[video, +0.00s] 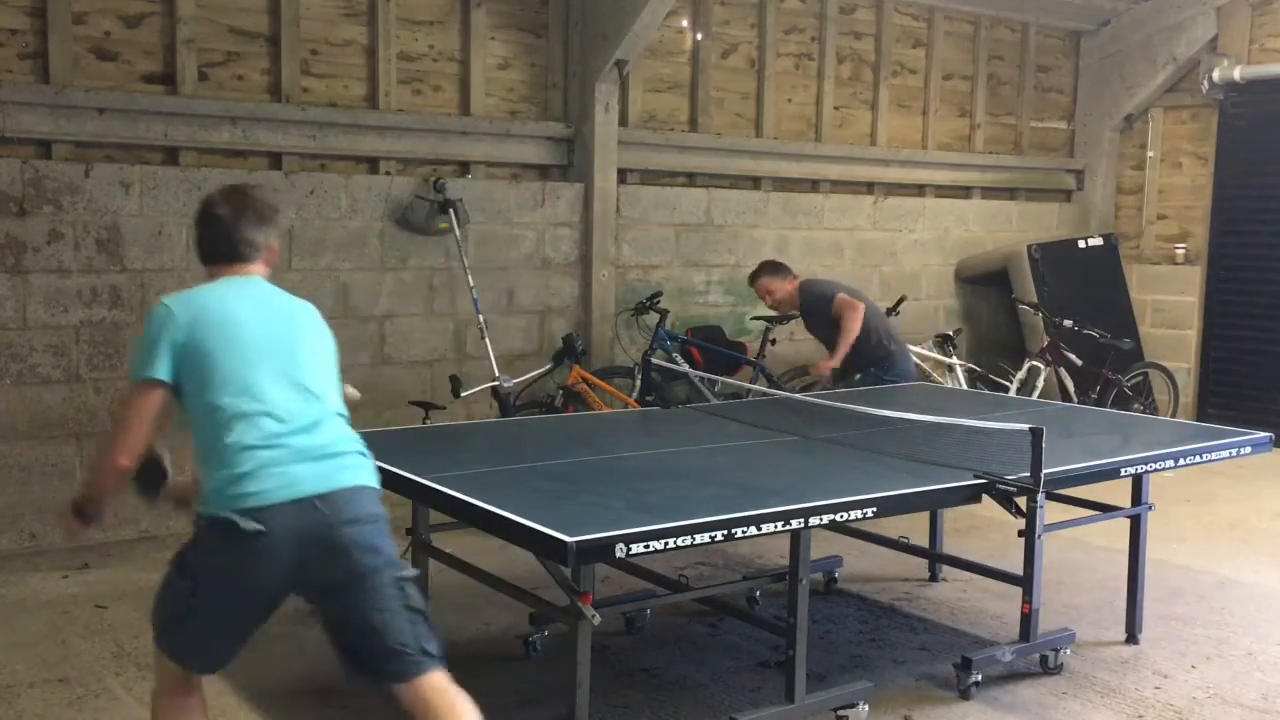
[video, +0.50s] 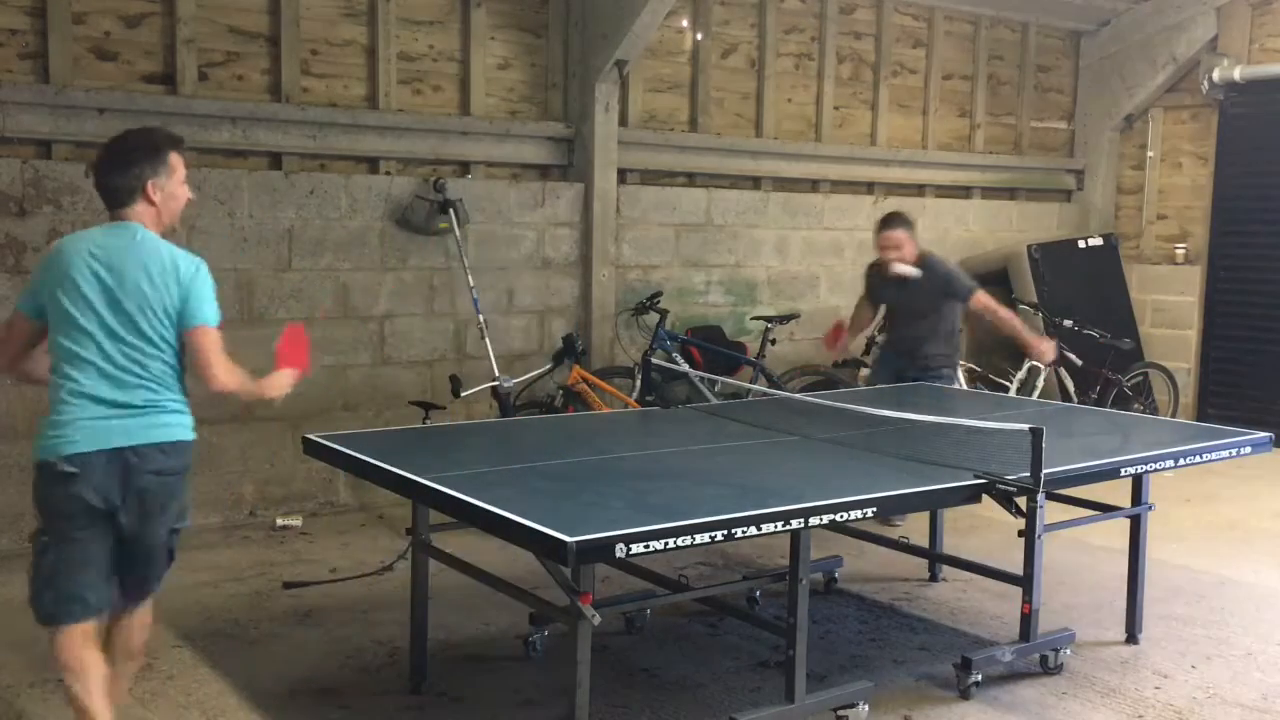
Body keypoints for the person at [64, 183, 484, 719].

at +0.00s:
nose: (276, 253)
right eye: (275, 244)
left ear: (202, 253)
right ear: (270, 252)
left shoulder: (178, 313)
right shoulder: (308, 315)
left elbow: (124, 458)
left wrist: (90, 504)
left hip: (251, 522)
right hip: (350, 507)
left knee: (179, 673)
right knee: (423, 678)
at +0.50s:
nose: (189, 193)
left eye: (186, 179)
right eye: (181, 180)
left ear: (120, 191)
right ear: (151, 190)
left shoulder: (63, 256)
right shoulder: (186, 268)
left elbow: (14, 359)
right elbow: (214, 375)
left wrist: (78, 370)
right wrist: (264, 387)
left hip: (72, 455)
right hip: (159, 451)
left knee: (72, 619)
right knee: (137, 598)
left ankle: (98, 712)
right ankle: (108, 706)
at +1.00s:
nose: (137, 190)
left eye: (133, 177)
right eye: (125, 179)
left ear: (90, 193)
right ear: (90, 192)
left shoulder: (72, 254)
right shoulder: (68, 263)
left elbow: (62, 359)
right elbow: (50, 367)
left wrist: (120, 397)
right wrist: (129, 400)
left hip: (53, 427)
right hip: (52, 432)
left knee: (77, 535)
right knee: (111, 564)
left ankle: (23, 645)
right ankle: (45, 699)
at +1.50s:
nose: (158, 187)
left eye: (152, 176)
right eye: (144, 178)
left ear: (118, 196)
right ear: (108, 196)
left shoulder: (142, 274)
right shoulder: (67, 263)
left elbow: (162, 359)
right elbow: (32, 363)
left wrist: (198, 389)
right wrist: (115, 399)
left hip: (94, 431)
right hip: (43, 428)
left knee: (74, 545)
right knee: (93, 562)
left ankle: (22, 646)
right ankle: (95, 703)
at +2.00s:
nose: (228, 208)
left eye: (230, 194)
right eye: (215, 195)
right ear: (168, 198)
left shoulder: (239, 259)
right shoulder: (111, 277)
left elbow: (283, 322)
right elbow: (80, 375)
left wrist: (279, 343)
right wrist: (48, 458)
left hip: (218, 448)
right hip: (144, 449)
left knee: (222, 569)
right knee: (169, 587)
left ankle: (146, 667)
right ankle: (163, 711)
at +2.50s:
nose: (422, 245)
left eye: (432, 233)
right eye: (415, 229)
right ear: (370, 203)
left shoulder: (379, 258)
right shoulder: (308, 244)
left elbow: (323, 348)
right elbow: (228, 330)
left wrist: (334, 430)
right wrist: (291, 403)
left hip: (318, 461)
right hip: (240, 453)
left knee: (332, 618)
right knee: (175, 604)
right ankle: (86, 694)